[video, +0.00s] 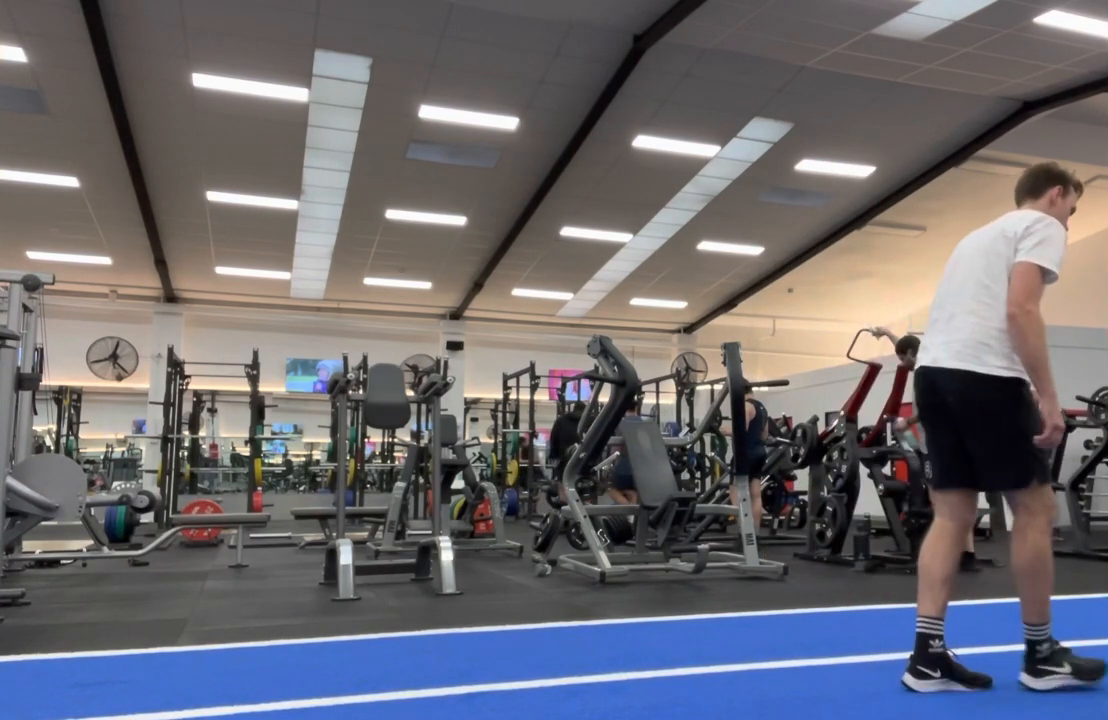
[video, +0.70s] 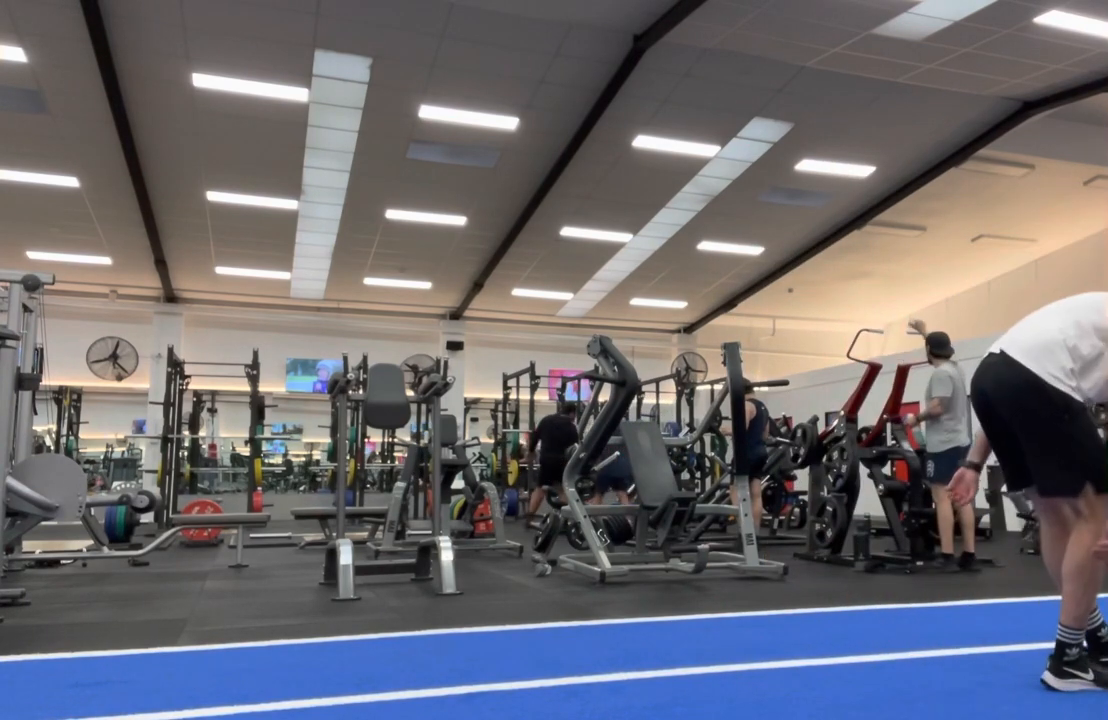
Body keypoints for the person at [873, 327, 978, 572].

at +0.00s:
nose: (901, 362)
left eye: (903, 357)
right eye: (900, 357)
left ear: (912, 353)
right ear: (914, 352)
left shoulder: (924, 374)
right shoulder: (922, 369)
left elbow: (927, 409)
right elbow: (906, 345)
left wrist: (907, 422)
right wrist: (886, 334)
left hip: (942, 444)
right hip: (934, 442)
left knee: (944, 495)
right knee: (940, 493)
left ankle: (968, 551)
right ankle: (964, 550)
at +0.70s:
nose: (927, 354)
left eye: (926, 350)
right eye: (929, 350)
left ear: (929, 352)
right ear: (949, 350)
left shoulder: (942, 373)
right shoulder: (956, 369)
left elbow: (938, 408)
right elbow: (940, 351)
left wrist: (916, 418)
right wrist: (925, 332)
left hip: (942, 446)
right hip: (960, 443)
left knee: (942, 497)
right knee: (963, 498)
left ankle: (947, 554)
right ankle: (969, 553)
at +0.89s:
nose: (931, 353)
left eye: (931, 350)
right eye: (934, 349)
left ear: (933, 351)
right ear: (954, 350)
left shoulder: (939, 374)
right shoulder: (961, 371)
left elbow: (932, 406)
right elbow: (956, 353)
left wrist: (915, 411)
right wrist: (943, 336)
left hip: (942, 446)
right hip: (962, 443)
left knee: (943, 501)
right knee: (962, 498)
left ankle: (947, 554)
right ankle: (970, 550)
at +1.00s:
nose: (932, 353)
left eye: (932, 350)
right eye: (935, 349)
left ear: (935, 351)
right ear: (956, 350)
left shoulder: (939, 374)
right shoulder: (965, 372)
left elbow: (929, 405)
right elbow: (954, 403)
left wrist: (915, 407)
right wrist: (924, 405)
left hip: (942, 447)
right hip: (963, 445)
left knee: (943, 502)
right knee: (962, 500)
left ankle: (947, 554)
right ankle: (969, 552)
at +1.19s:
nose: (934, 355)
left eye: (934, 351)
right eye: (936, 351)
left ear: (937, 352)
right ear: (958, 352)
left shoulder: (939, 374)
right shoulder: (971, 377)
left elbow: (920, 401)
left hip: (941, 447)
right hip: (964, 445)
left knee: (942, 501)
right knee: (962, 499)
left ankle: (947, 554)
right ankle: (969, 552)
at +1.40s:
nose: (935, 354)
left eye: (935, 351)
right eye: (936, 350)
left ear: (938, 351)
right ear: (959, 352)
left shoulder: (939, 373)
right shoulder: (972, 377)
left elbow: (919, 400)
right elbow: (977, 409)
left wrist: (933, 372)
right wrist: (975, 441)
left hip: (941, 446)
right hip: (966, 445)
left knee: (943, 502)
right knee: (962, 499)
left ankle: (947, 554)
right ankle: (969, 553)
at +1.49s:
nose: (935, 354)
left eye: (935, 351)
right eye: (937, 350)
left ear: (938, 351)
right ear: (959, 352)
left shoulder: (939, 373)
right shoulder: (971, 377)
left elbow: (919, 400)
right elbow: (975, 407)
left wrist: (933, 372)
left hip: (941, 446)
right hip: (966, 444)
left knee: (942, 501)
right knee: (963, 500)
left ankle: (947, 554)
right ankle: (969, 553)